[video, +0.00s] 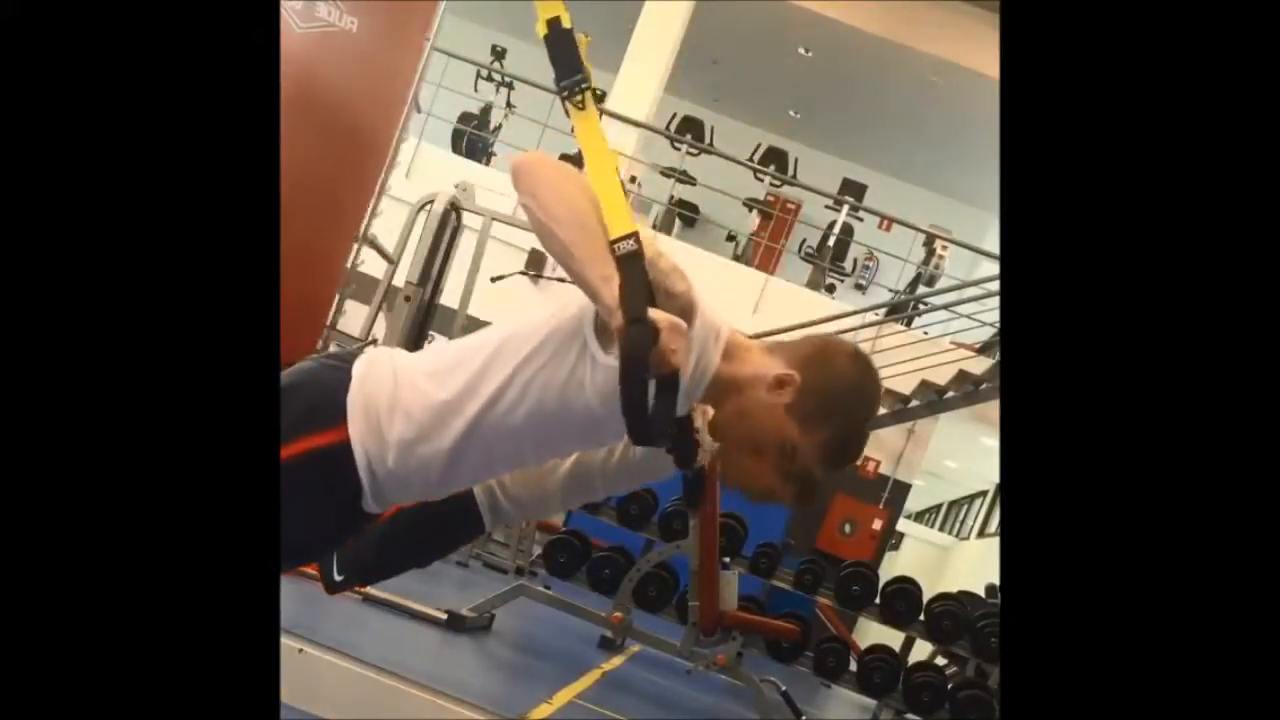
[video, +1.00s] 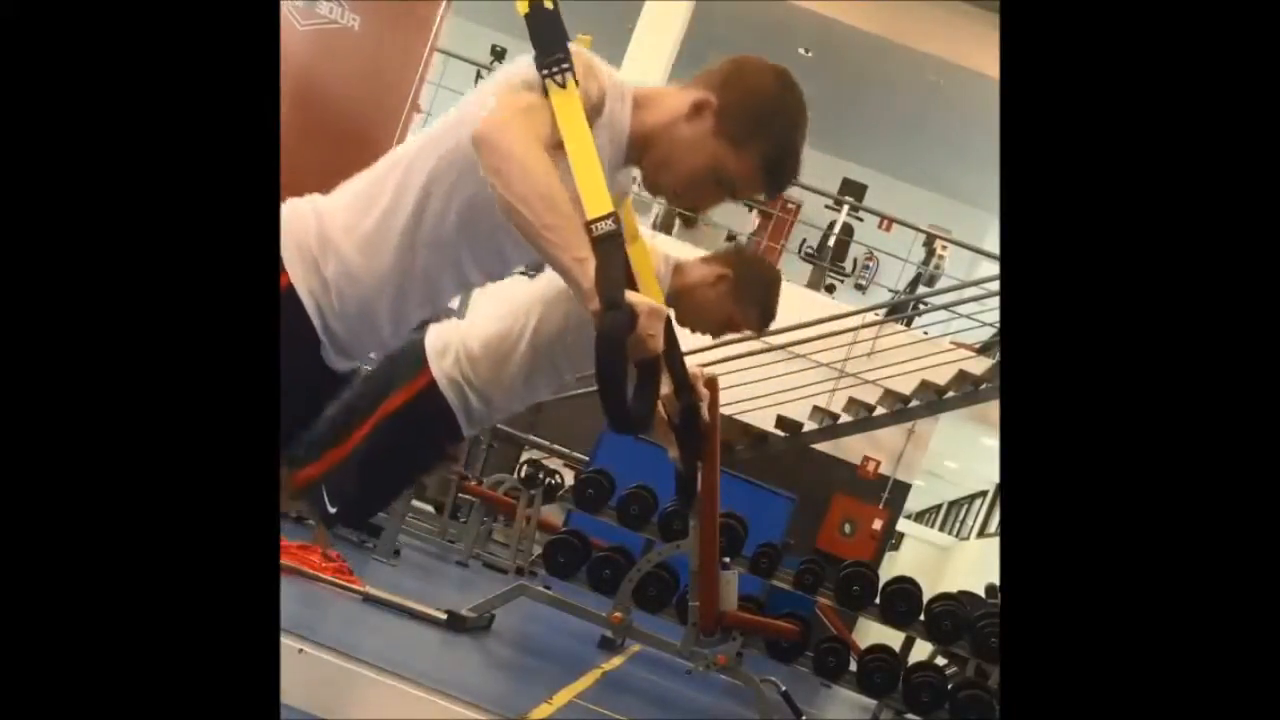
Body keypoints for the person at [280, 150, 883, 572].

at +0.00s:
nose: (759, 484)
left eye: (779, 483)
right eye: (781, 468)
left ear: (779, 386)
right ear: (781, 391)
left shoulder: (693, 420)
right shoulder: (672, 300)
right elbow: (534, 171)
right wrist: (620, 304)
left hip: (366, 488)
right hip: (333, 436)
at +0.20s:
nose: (757, 489)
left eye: (777, 490)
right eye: (779, 473)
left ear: (779, 390)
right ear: (780, 396)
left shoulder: (695, 429)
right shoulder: (676, 310)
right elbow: (536, 173)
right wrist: (618, 303)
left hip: (367, 482)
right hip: (333, 434)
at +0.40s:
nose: (761, 411)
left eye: (781, 411)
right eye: (780, 397)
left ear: (776, 330)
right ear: (775, 331)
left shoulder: (691, 366)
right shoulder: (669, 273)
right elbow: (525, 167)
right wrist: (628, 305)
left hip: (366, 455)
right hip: (331, 407)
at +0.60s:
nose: (745, 333)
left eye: (767, 330)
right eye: (766, 316)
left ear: (760, 248)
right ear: (758, 248)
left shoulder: (659, 288)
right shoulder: (642, 195)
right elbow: (506, 152)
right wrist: (615, 308)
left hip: (364, 422)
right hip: (325, 361)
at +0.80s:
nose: (733, 265)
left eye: (752, 262)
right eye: (749, 248)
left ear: (735, 168)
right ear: (733, 172)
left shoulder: (636, 227)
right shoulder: (614, 129)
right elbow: (499, 138)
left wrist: (662, 392)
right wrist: (599, 291)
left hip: (353, 384)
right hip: (308, 322)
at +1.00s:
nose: (706, 206)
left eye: (728, 199)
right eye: (721, 184)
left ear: (697, 114)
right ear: (700, 114)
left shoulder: (612, 174)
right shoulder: (582, 75)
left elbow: (629, 276)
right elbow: (503, 139)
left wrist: (670, 377)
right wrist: (601, 290)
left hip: (343, 352)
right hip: (297, 290)